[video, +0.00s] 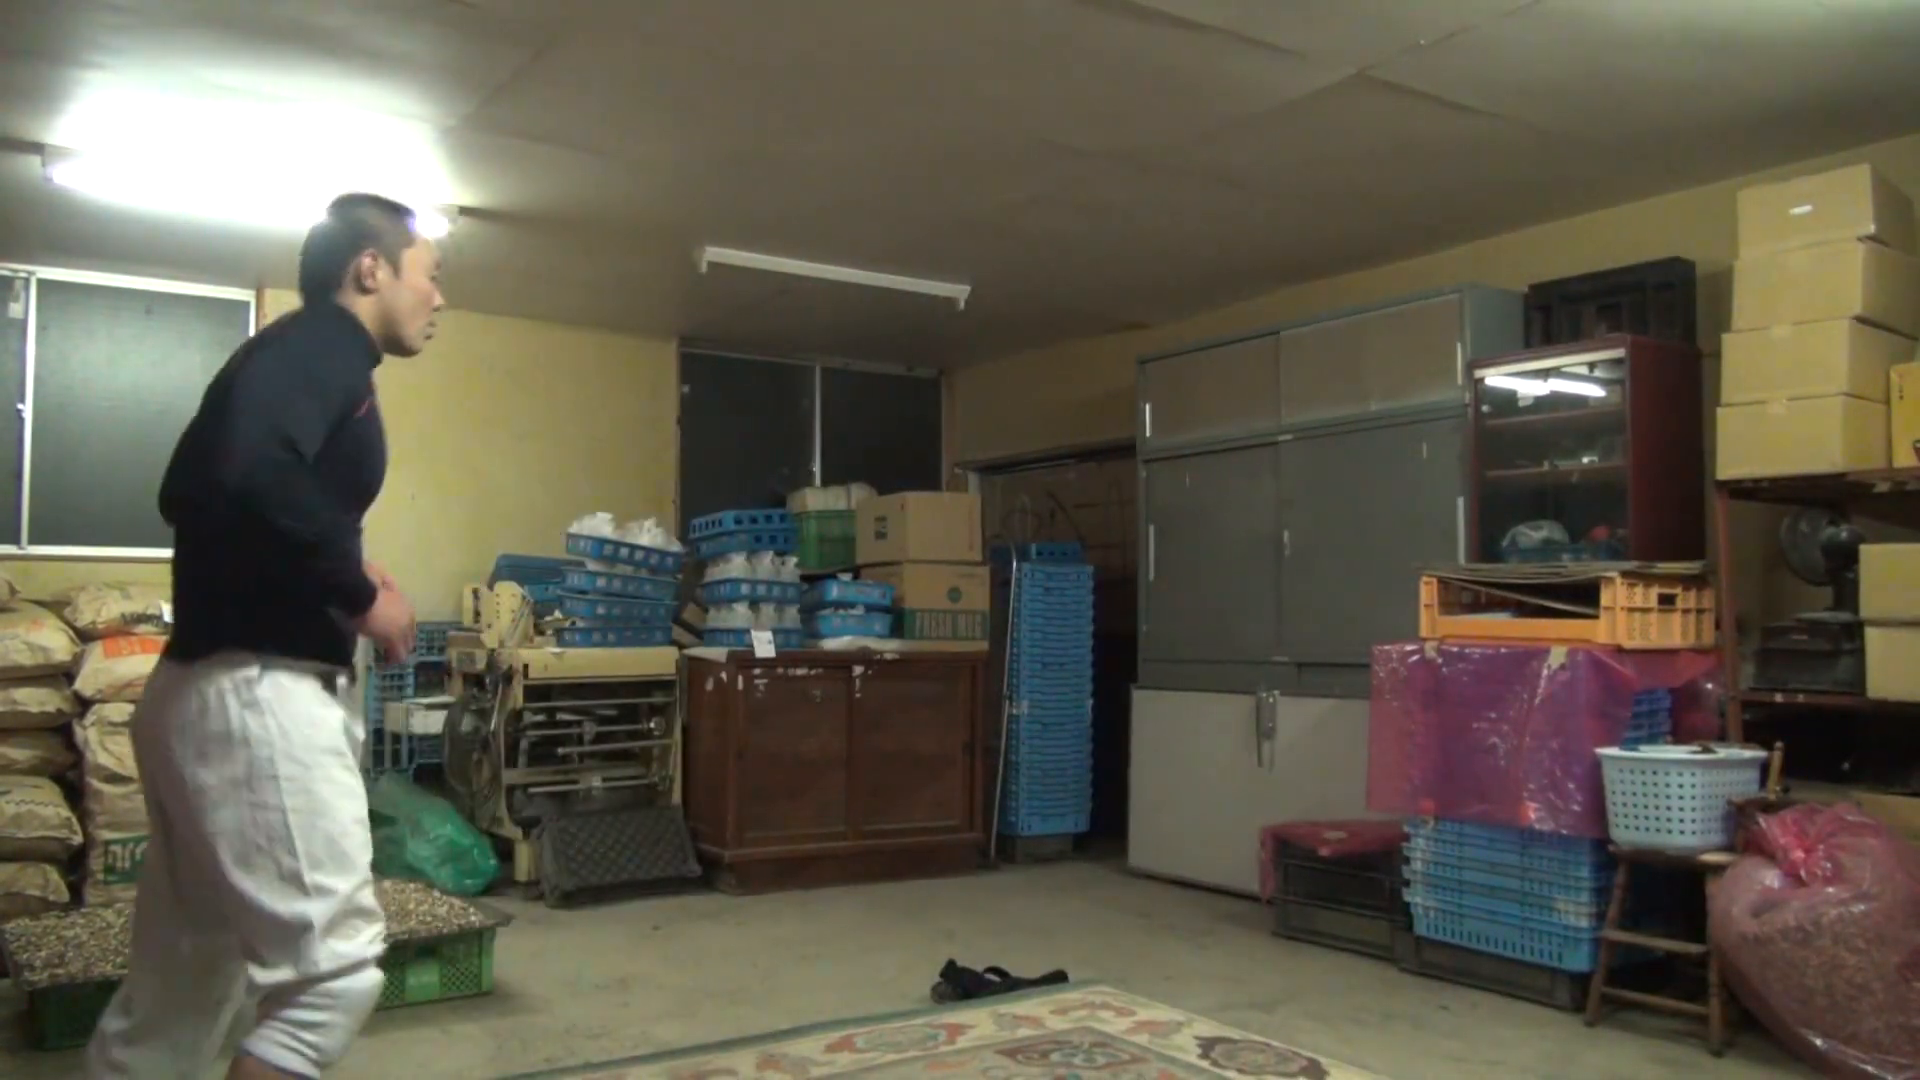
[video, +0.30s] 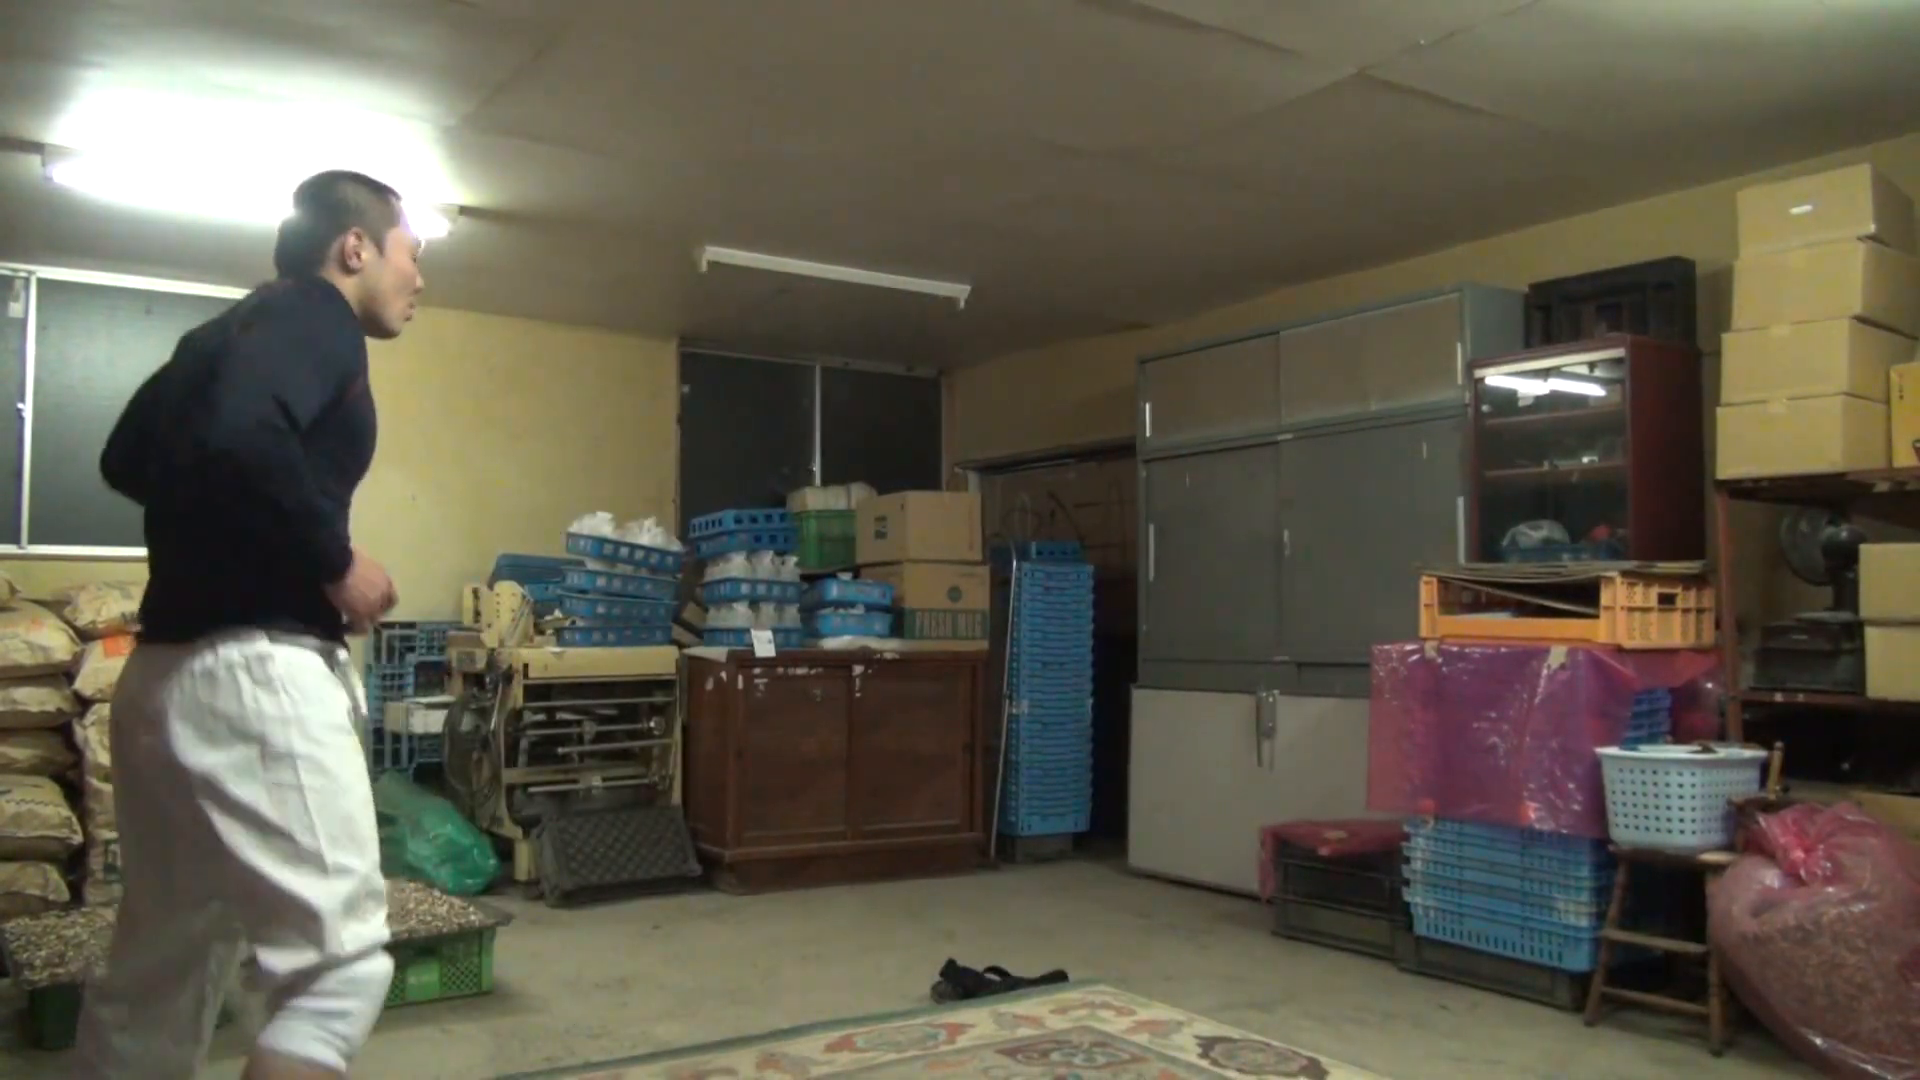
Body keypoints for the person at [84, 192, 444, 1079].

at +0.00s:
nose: (439, 295)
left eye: (437, 273)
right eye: (428, 271)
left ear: (358, 273)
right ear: (370, 270)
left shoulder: (268, 350)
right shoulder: (324, 344)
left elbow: (184, 494)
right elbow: (254, 468)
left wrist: (328, 577)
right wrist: (364, 589)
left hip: (201, 691)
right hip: (260, 698)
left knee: (180, 985)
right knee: (329, 973)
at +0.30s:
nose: (418, 278)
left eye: (417, 255)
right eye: (408, 253)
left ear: (327, 251)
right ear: (353, 249)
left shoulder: (220, 329)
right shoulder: (314, 316)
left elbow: (130, 454)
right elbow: (244, 431)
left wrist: (261, 529)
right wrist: (339, 560)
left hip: (164, 679)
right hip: (255, 678)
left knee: (158, 977)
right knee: (334, 967)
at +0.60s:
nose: (408, 248)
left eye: (405, 224)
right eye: (397, 223)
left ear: (308, 224)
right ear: (343, 222)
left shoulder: (202, 308)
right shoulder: (311, 288)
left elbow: (106, 425)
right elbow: (244, 387)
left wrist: (217, 495)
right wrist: (354, 522)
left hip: (135, 657)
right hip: (241, 661)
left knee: (124, 957)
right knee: (292, 961)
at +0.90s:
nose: (414, 280)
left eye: (413, 257)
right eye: (405, 254)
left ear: (316, 253)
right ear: (347, 248)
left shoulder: (219, 331)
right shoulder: (306, 320)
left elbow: (248, 482)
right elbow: (296, 462)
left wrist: (374, 511)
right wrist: (451, 507)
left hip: (104, 680)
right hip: (221, 681)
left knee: (75, 1007)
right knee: (346, 965)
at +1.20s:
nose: (425, 309)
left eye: (425, 287)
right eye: (421, 282)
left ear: (318, 270)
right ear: (374, 273)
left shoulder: (216, 357)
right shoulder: (348, 339)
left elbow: (283, 522)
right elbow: (518, 400)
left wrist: (414, 488)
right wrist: (658, 361)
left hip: (109, 703)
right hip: (237, 701)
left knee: (99, 1014)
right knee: (340, 1001)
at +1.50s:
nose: (425, 332)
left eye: (428, 310)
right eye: (419, 306)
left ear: (343, 305)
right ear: (362, 300)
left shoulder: (225, 377)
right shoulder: (328, 370)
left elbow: (315, 537)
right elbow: (403, 520)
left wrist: (467, 539)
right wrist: (553, 489)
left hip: (72, 707)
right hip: (195, 709)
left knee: (50, 1023)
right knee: (312, 991)